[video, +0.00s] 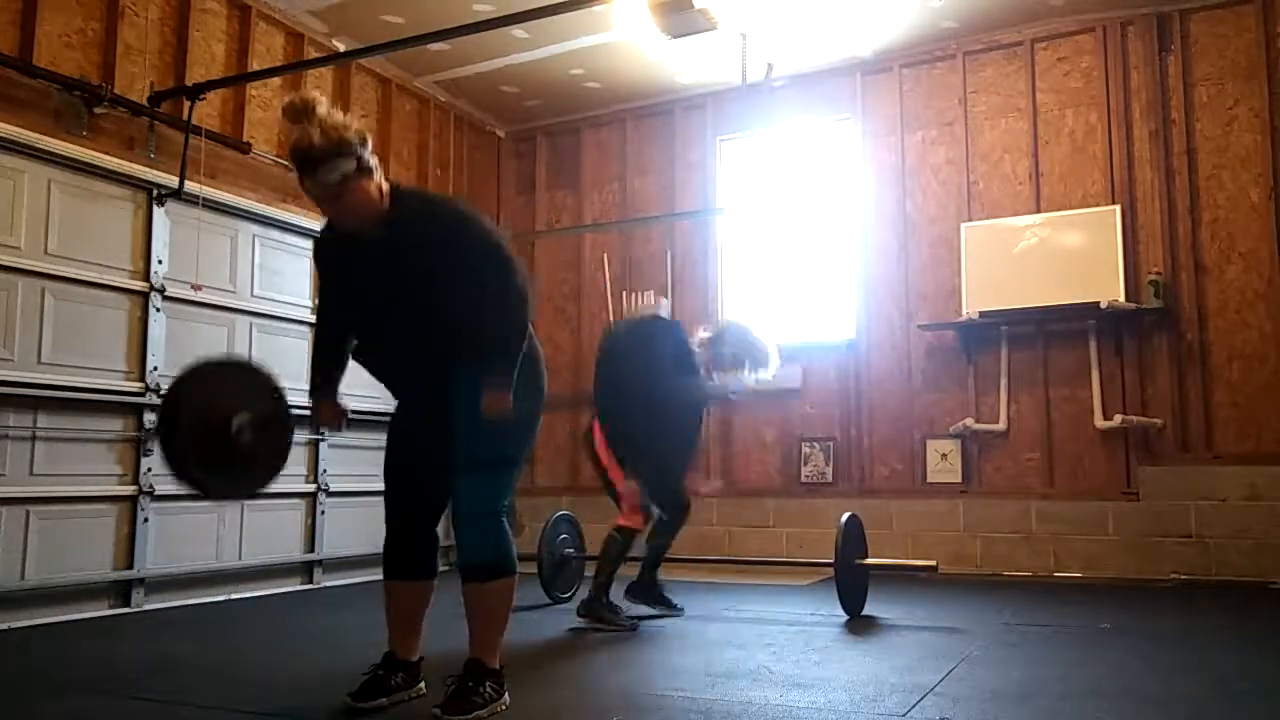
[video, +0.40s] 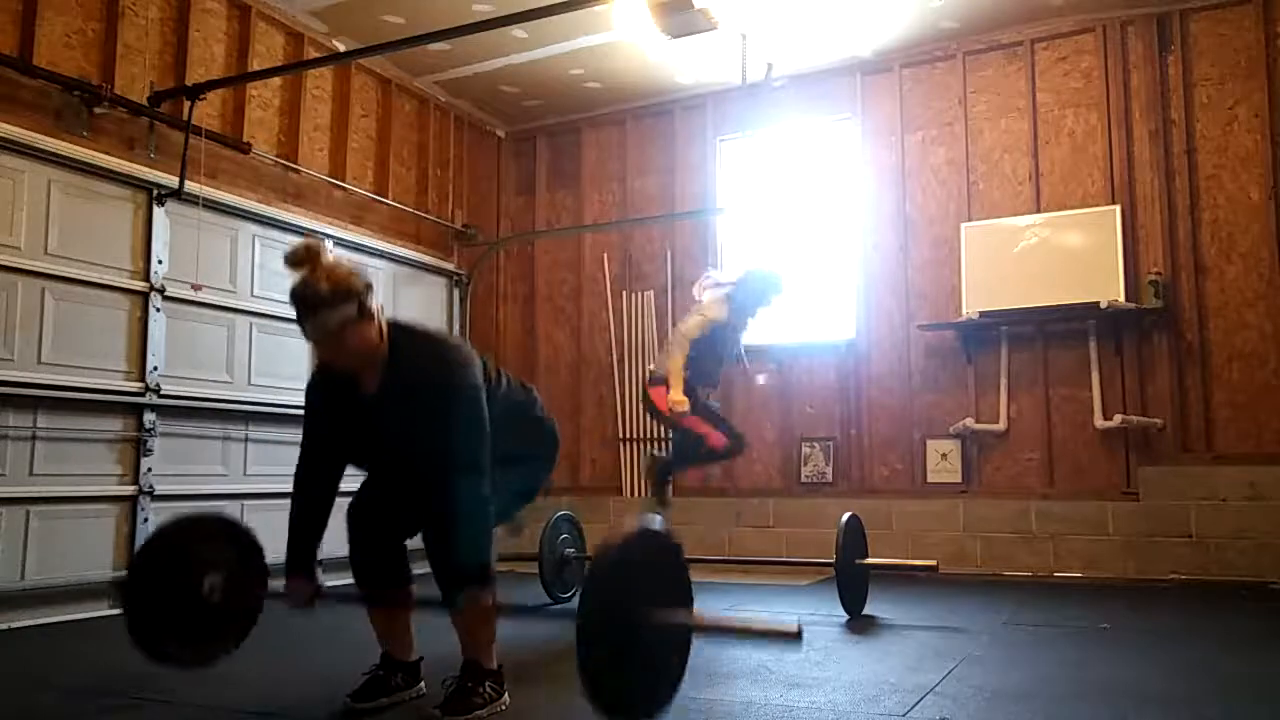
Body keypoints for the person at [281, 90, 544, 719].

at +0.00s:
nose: (340, 201)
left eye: (347, 183)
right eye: (325, 194)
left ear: (373, 170)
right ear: (314, 196)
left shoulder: (443, 223)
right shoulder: (335, 248)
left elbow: (508, 285)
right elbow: (334, 321)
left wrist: (500, 373)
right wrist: (324, 387)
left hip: (493, 376)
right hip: (422, 387)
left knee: (479, 512)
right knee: (406, 514)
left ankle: (485, 668)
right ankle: (403, 662)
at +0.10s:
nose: (325, 239)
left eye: (332, 224)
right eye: (316, 228)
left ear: (369, 205)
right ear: (313, 224)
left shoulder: (437, 253)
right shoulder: (332, 277)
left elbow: (491, 342)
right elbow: (328, 359)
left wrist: (491, 430)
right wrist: (318, 438)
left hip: (494, 393)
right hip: (422, 401)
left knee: (479, 517)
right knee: (402, 517)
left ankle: (485, 669)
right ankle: (403, 662)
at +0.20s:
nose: (326, 281)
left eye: (335, 263)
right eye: (317, 267)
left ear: (369, 246)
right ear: (311, 263)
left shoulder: (442, 293)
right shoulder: (330, 314)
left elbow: (482, 393)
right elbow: (321, 400)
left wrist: (482, 482)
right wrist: (310, 484)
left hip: (500, 409)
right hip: (422, 419)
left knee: (475, 515)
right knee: (394, 514)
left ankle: (485, 670)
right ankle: (401, 664)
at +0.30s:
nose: (329, 318)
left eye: (338, 301)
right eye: (319, 305)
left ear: (372, 283)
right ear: (310, 300)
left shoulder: (444, 331)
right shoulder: (330, 350)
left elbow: (472, 441)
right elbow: (318, 440)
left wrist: (479, 532)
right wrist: (305, 528)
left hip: (505, 433)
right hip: (423, 443)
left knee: (463, 534)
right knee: (382, 515)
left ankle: (483, 672)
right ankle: (400, 665)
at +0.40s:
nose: (332, 351)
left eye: (341, 334)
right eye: (320, 340)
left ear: (371, 318)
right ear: (310, 338)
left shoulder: (446, 365)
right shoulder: (329, 386)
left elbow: (470, 483)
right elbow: (316, 476)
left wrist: (476, 581)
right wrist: (300, 564)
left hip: (514, 450)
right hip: (427, 459)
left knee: (448, 532)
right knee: (369, 519)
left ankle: (482, 674)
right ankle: (399, 666)